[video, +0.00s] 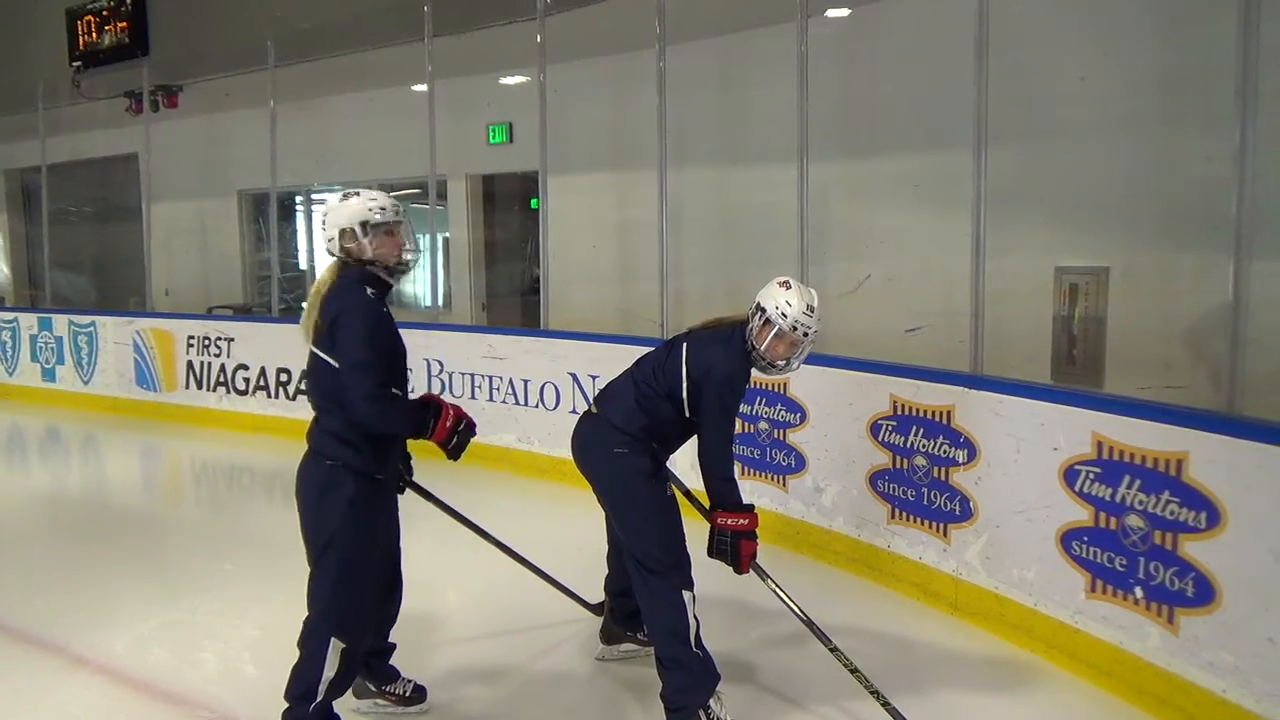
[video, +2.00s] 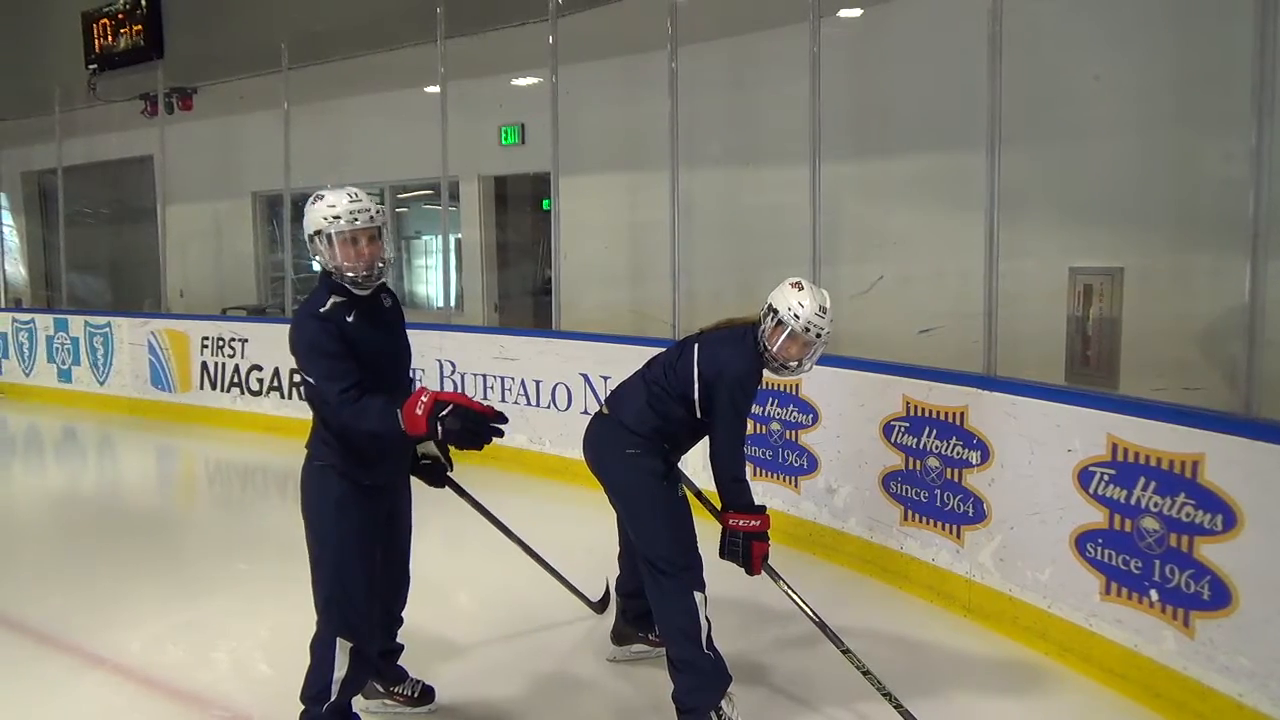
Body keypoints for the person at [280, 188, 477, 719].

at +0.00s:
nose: (400, 241)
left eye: (400, 231)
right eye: (387, 232)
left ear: (391, 238)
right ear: (356, 240)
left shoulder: (359, 295)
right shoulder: (354, 301)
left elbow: (351, 392)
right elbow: (365, 399)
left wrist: (390, 448)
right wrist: (429, 417)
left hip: (363, 469)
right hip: (342, 475)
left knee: (378, 579)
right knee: (341, 598)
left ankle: (372, 672)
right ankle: (307, 708)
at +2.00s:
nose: (361, 253)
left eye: (368, 239)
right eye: (346, 243)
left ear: (381, 242)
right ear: (324, 251)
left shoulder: (385, 303)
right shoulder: (317, 320)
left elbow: (394, 387)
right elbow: (344, 408)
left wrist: (417, 447)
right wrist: (423, 415)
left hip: (386, 466)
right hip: (339, 474)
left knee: (388, 576)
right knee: (346, 599)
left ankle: (378, 668)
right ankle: (325, 707)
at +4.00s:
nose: (401, 245)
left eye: (401, 235)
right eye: (388, 236)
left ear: (389, 240)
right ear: (356, 241)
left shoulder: (360, 294)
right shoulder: (356, 299)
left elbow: (360, 395)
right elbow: (391, 393)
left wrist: (400, 455)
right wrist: (444, 402)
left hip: (372, 470)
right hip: (348, 474)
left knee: (388, 579)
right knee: (348, 596)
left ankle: (377, 672)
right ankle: (318, 708)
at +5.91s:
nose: (454, 256)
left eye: (454, 245)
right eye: (445, 245)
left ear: (420, 248)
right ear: (415, 247)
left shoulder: (394, 300)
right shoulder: (408, 314)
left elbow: (384, 390)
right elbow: (437, 406)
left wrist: (422, 446)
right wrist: (510, 406)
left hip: (381, 466)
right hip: (365, 471)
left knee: (398, 580)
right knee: (369, 592)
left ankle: (387, 670)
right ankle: (337, 705)